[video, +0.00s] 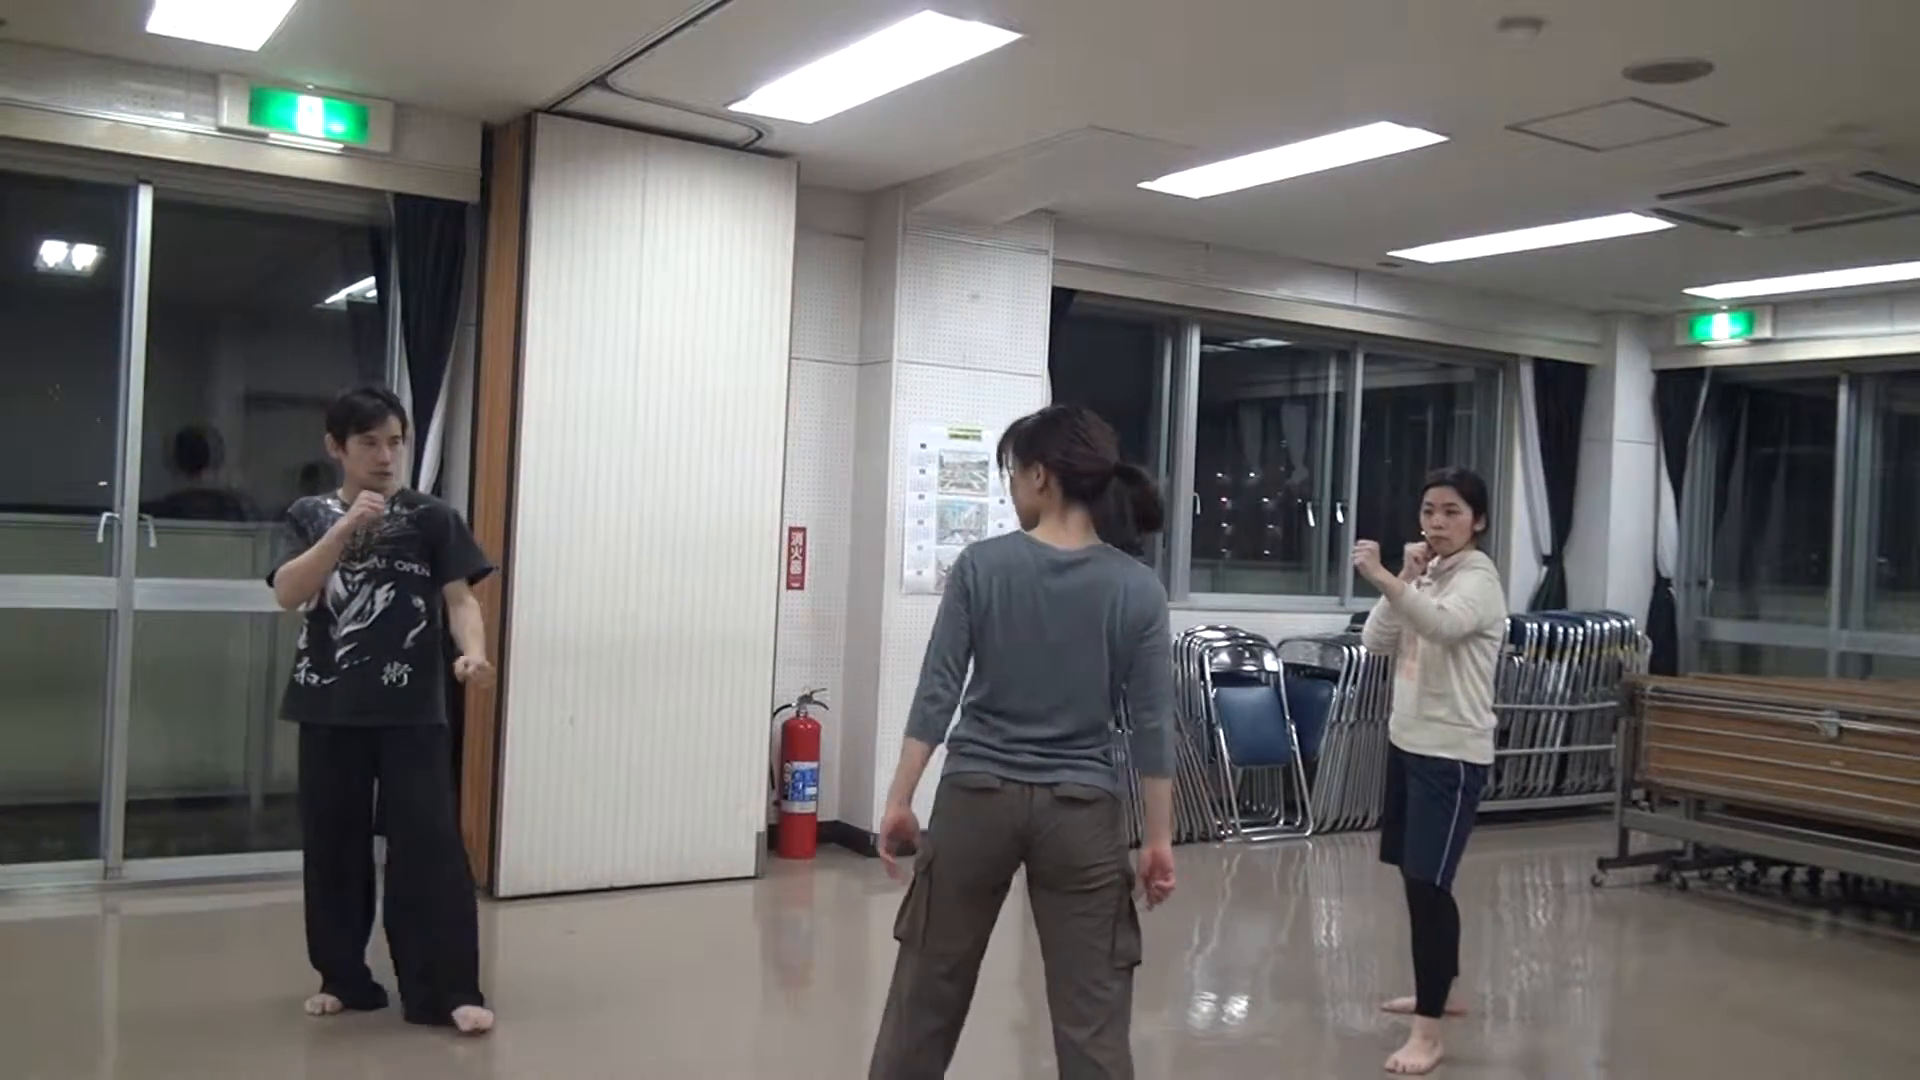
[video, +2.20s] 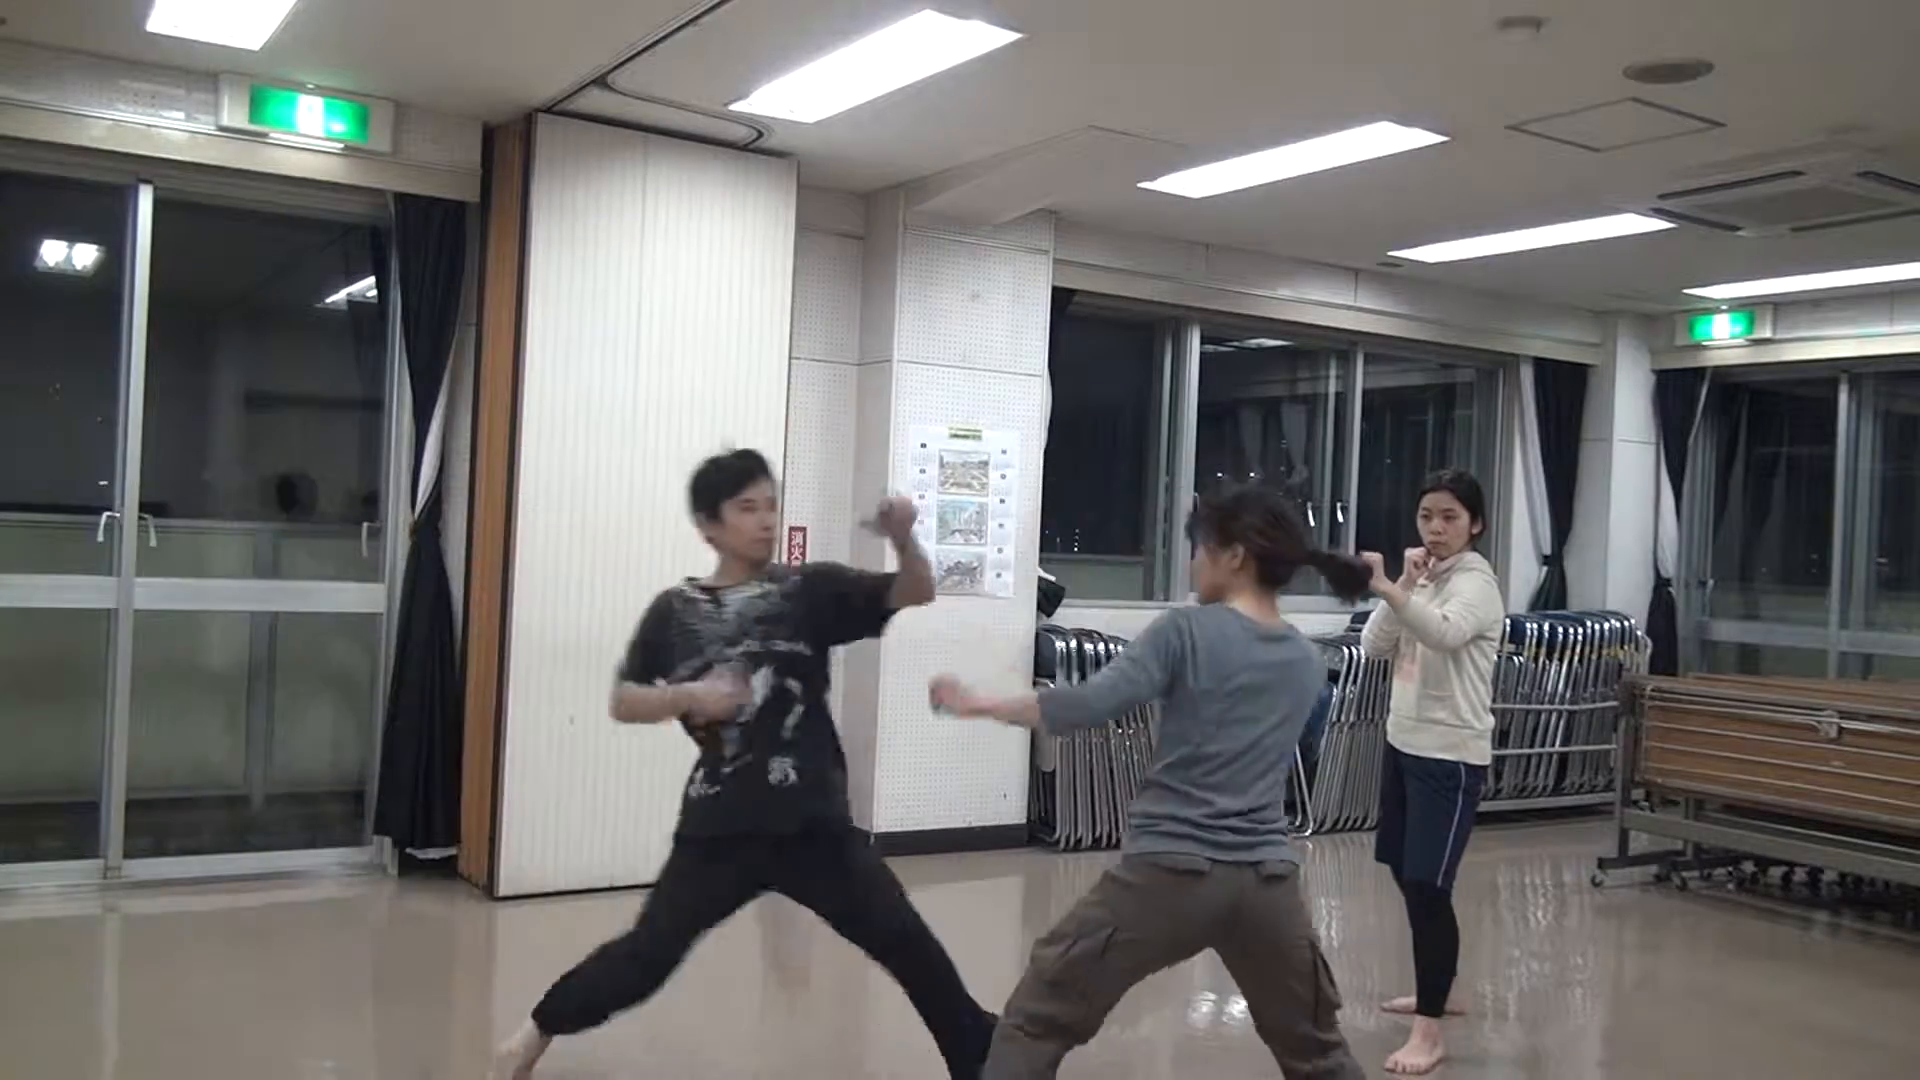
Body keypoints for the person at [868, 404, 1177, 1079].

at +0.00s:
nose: (1010, 490)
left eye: (1014, 475)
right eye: (1010, 476)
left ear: (1043, 477)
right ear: (1095, 481)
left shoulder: (981, 565)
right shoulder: (1138, 587)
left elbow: (938, 687)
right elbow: (1152, 721)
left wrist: (898, 800)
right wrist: (1159, 837)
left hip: (978, 803)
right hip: (1085, 813)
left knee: (928, 990)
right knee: (1093, 1013)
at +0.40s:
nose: (977, 493)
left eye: (979, 478)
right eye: (976, 478)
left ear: (1008, 479)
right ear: (1064, 483)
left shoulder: (957, 567)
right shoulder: (1108, 581)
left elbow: (883, 671)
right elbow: (1131, 705)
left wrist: (826, 734)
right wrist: (1150, 795)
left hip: (969, 808)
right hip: (1075, 812)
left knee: (924, 996)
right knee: (1087, 1009)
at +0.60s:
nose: (974, 492)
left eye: (976, 476)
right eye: (973, 478)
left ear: (1002, 478)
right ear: (1056, 481)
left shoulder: (949, 563)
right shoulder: (1106, 578)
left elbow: (875, 642)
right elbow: (1099, 681)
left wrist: (824, 680)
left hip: (957, 806)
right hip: (1065, 808)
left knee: (919, 993)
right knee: (1086, 1008)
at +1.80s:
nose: (997, 522)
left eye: (1001, 508)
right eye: (998, 508)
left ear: (1030, 511)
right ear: (1076, 512)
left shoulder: (975, 593)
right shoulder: (1131, 604)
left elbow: (889, 646)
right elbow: (1125, 701)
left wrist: (894, 604)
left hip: (998, 836)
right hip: (1107, 835)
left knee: (919, 997)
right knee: (1157, 1009)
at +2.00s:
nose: (1064, 550)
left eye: (1071, 536)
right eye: (1065, 537)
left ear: (1101, 543)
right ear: (1147, 545)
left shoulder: (1046, 625)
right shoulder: (1196, 640)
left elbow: (950, 689)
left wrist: (960, 649)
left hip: (1070, 874)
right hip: (1179, 871)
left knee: (955, 1018)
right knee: (1258, 1025)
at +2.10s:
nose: (1142, 555)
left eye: (1150, 543)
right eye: (1144, 543)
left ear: (1186, 549)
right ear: (1210, 552)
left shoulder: (1135, 631)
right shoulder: (1261, 648)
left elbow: (1044, 725)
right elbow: (1225, 731)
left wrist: (1002, 714)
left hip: (1132, 879)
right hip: (1231, 881)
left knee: (1010, 1024)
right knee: (1300, 1043)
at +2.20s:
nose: (1193, 563)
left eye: (1201, 548)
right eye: (1196, 548)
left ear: (1236, 556)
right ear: (1268, 561)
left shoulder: (1184, 630)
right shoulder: (1310, 661)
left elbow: (1092, 703)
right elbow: (1289, 750)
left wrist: (981, 704)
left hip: (1166, 881)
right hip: (1269, 889)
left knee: (1036, 1025)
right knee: (1318, 1050)